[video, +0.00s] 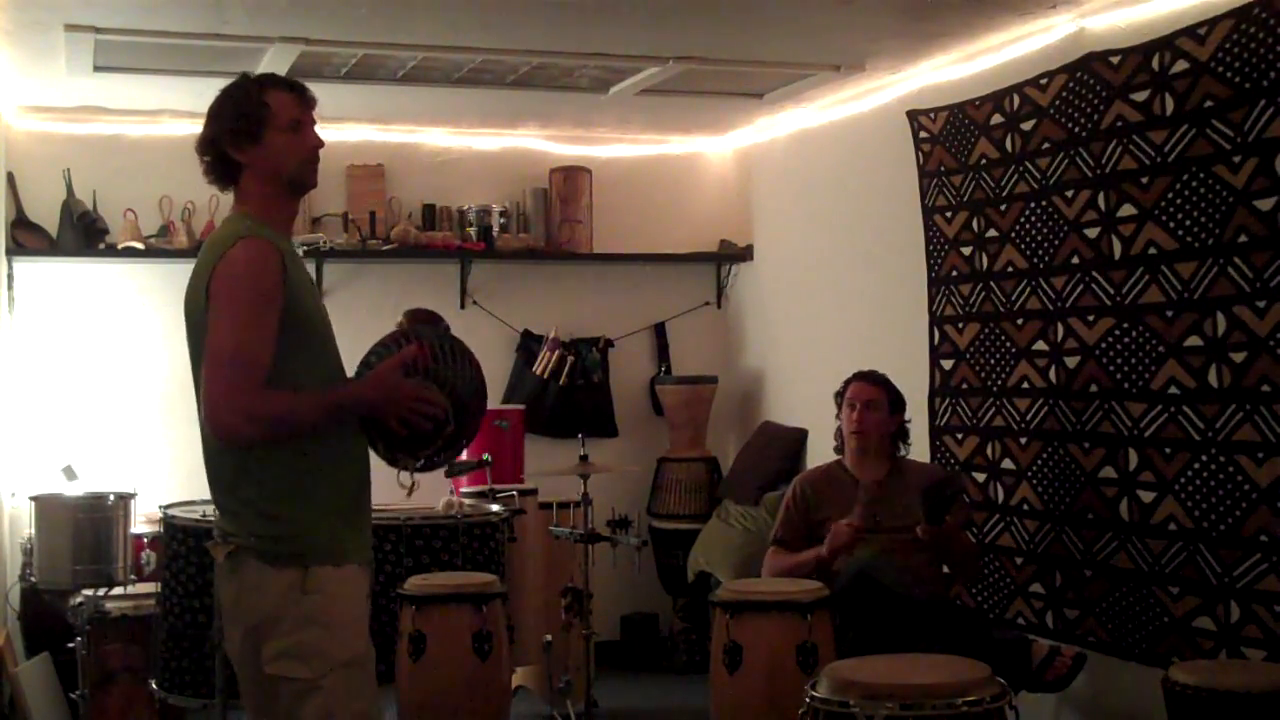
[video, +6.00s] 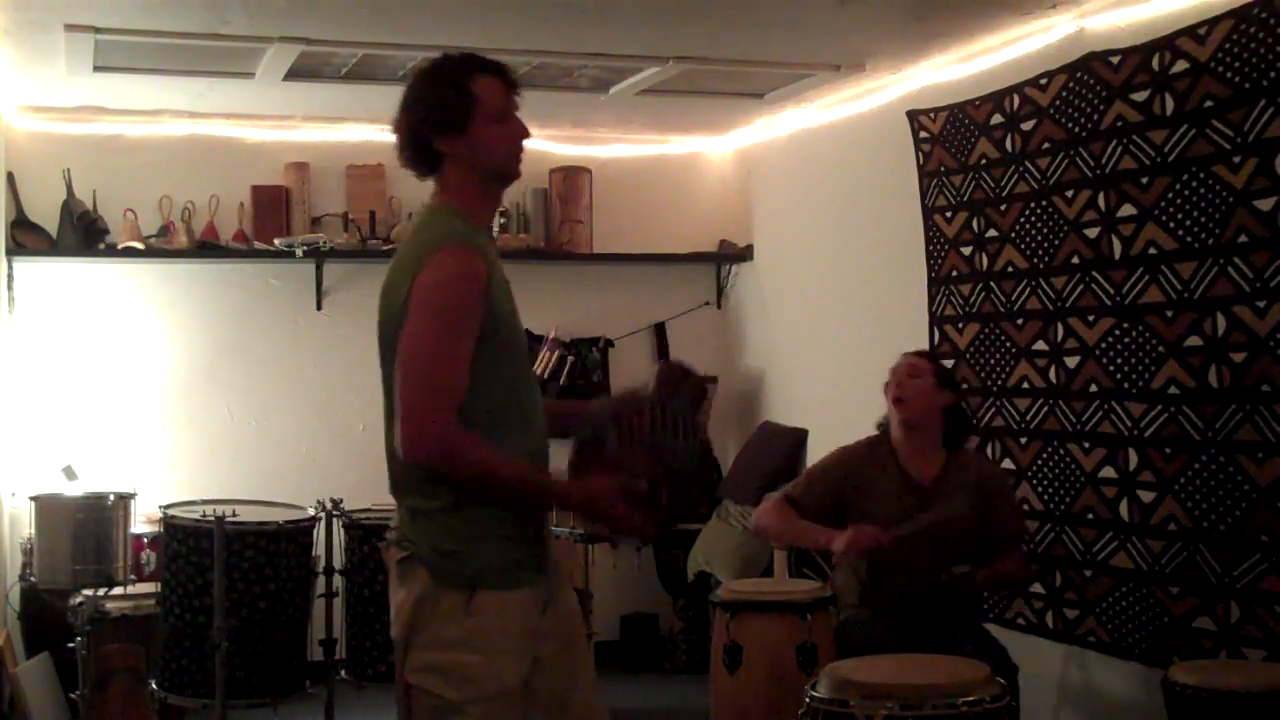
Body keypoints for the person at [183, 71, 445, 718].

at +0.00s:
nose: (319, 138)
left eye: (314, 125)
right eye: (301, 125)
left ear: (254, 149)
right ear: (245, 144)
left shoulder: (258, 249)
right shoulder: (252, 253)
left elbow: (273, 404)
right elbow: (232, 413)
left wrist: (374, 379)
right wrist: (364, 396)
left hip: (292, 564)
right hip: (295, 570)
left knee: (304, 707)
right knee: (320, 708)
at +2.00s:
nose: (338, 146)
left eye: (336, 130)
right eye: (321, 131)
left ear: (273, 145)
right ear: (266, 143)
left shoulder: (296, 251)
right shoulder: (260, 256)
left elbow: (300, 393)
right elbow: (231, 425)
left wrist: (380, 369)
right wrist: (369, 395)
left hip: (340, 559)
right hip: (310, 566)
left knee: (350, 705)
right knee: (328, 707)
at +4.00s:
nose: (322, 155)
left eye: (320, 141)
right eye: (304, 142)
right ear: (250, 156)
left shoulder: (270, 259)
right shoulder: (240, 258)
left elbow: (275, 403)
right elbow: (196, 407)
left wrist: (365, 386)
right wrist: (348, 406)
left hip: (303, 554)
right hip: (288, 561)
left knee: (295, 707)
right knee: (338, 706)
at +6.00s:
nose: (524, 130)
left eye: (518, 115)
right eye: (505, 117)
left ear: (454, 141)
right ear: (448, 137)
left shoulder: (465, 246)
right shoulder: (450, 255)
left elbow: (493, 406)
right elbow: (426, 436)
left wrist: (602, 414)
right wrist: (569, 494)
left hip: (515, 566)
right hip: (466, 579)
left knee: (568, 710)